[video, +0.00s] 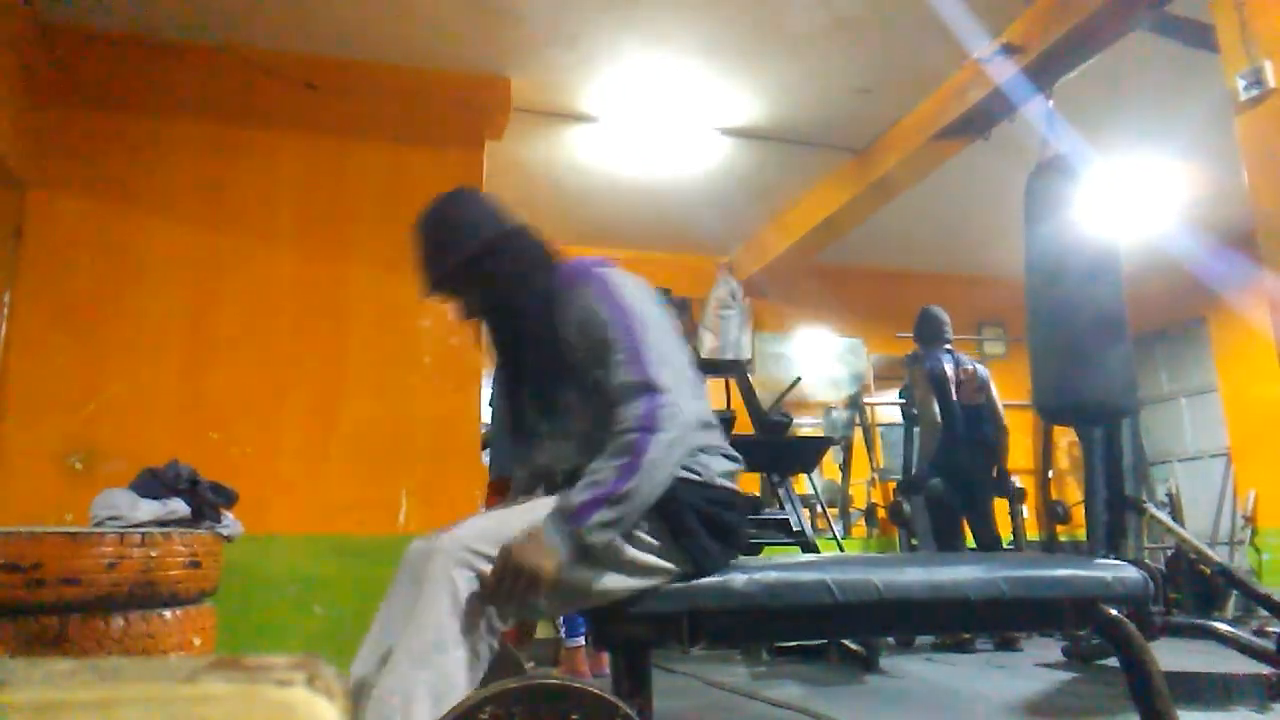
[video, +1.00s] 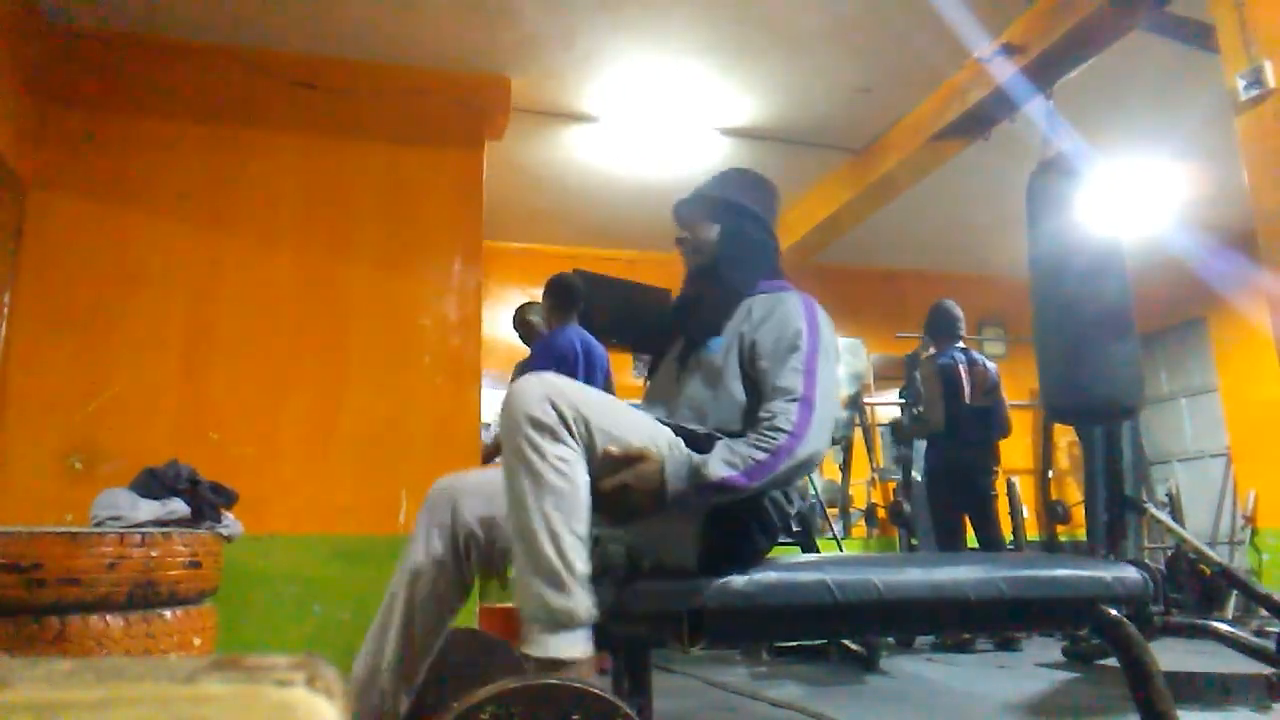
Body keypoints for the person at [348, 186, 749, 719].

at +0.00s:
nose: (464, 309)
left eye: (463, 288)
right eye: (453, 294)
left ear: (493, 262)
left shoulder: (598, 290)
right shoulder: (522, 333)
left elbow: (660, 421)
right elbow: (524, 466)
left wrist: (559, 534)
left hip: (675, 510)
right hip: (608, 508)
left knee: (459, 560)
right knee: (427, 557)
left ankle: (398, 715)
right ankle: (363, 711)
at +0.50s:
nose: (536, 279)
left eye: (539, 259)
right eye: (527, 265)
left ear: (566, 241)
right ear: (525, 262)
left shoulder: (647, 283)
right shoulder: (569, 317)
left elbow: (687, 420)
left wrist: (593, 536)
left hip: (681, 503)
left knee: (451, 548)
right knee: (449, 552)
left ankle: (376, 711)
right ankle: (361, 706)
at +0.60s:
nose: (560, 265)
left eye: (568, 245)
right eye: (556, 250)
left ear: (600, 234)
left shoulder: (692, 286)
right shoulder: (592, 320)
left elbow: (722, 415)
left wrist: (639, 505)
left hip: (688, 508)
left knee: (470, 505)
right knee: (450, 568)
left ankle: (389, 708)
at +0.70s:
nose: (600, 261)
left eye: (602, 243)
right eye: (595, 246)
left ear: (637, 229)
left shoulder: (721, 291)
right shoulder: (635, 315)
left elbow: (749, 417)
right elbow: (620, 431)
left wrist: (647, 494)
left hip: (692, 508)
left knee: (492, 458)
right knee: (439, 560)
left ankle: (419, 703)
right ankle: (362, 702)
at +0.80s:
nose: (638, 250)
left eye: (645, 232)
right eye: (634, 237)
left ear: (686, 225)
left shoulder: (750, 300)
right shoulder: (662, 316)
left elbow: (769, 424)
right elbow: (645, 422)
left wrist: (660, 484)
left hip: (704, 516)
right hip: (646, 516)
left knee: (512, 417)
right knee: (440, 556)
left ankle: (437, 676)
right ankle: (367, 703)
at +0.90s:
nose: (668, 250)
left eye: (680, 234)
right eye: (666, 237)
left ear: (720, 230)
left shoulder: (774, 308)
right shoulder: (679, 320)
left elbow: (787, 432)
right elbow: (650, 428)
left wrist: (664, 469)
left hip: (720, 509)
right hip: (656, 509)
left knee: (531, 394)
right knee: (446, 536)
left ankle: (500, 650)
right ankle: (373, 704)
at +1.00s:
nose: (682, 242)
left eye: (696, 229)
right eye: (682, 231)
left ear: (738, 234)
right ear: (697, 235)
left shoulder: (787, 311)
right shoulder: (692, 319)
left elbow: (795, 434)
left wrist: (675, 475)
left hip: (723, 512)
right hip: (657, 505)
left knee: (540, 400)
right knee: (455, 504)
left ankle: (561, 655)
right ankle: (371, 705)